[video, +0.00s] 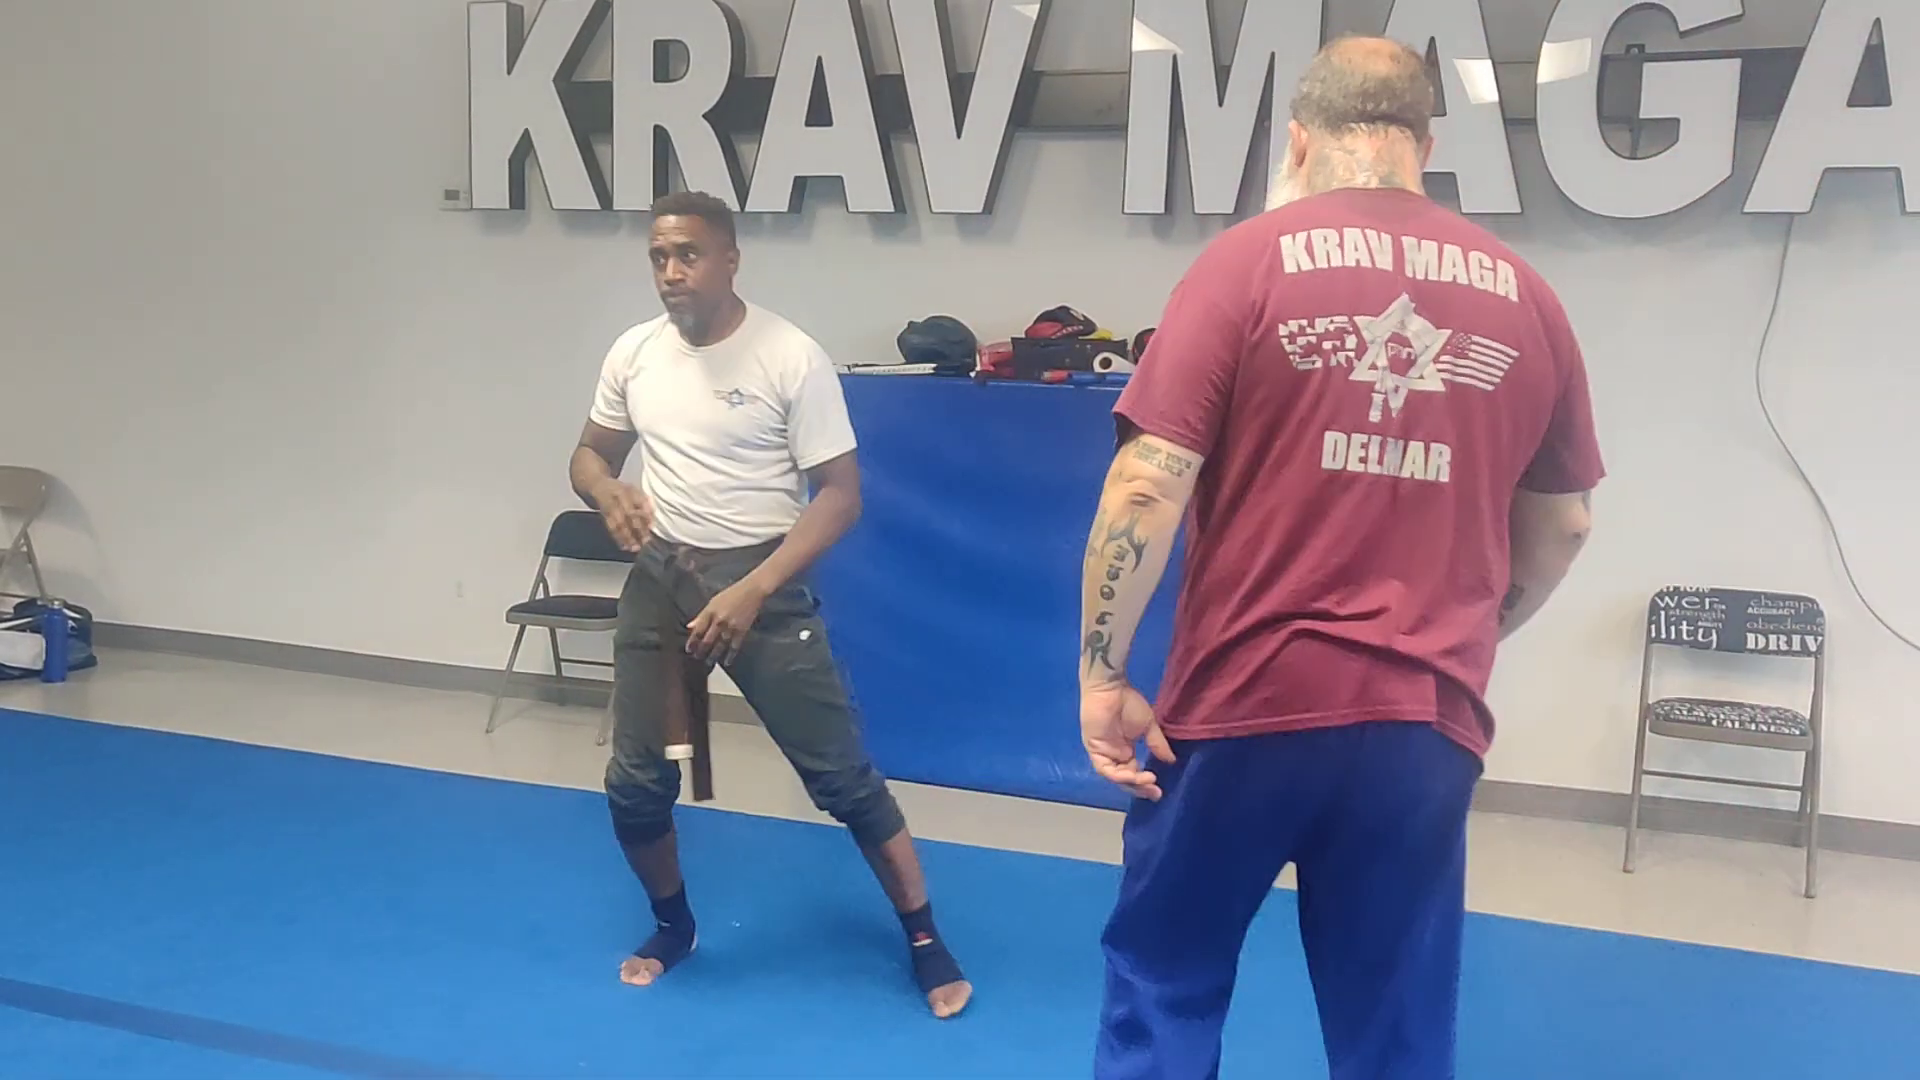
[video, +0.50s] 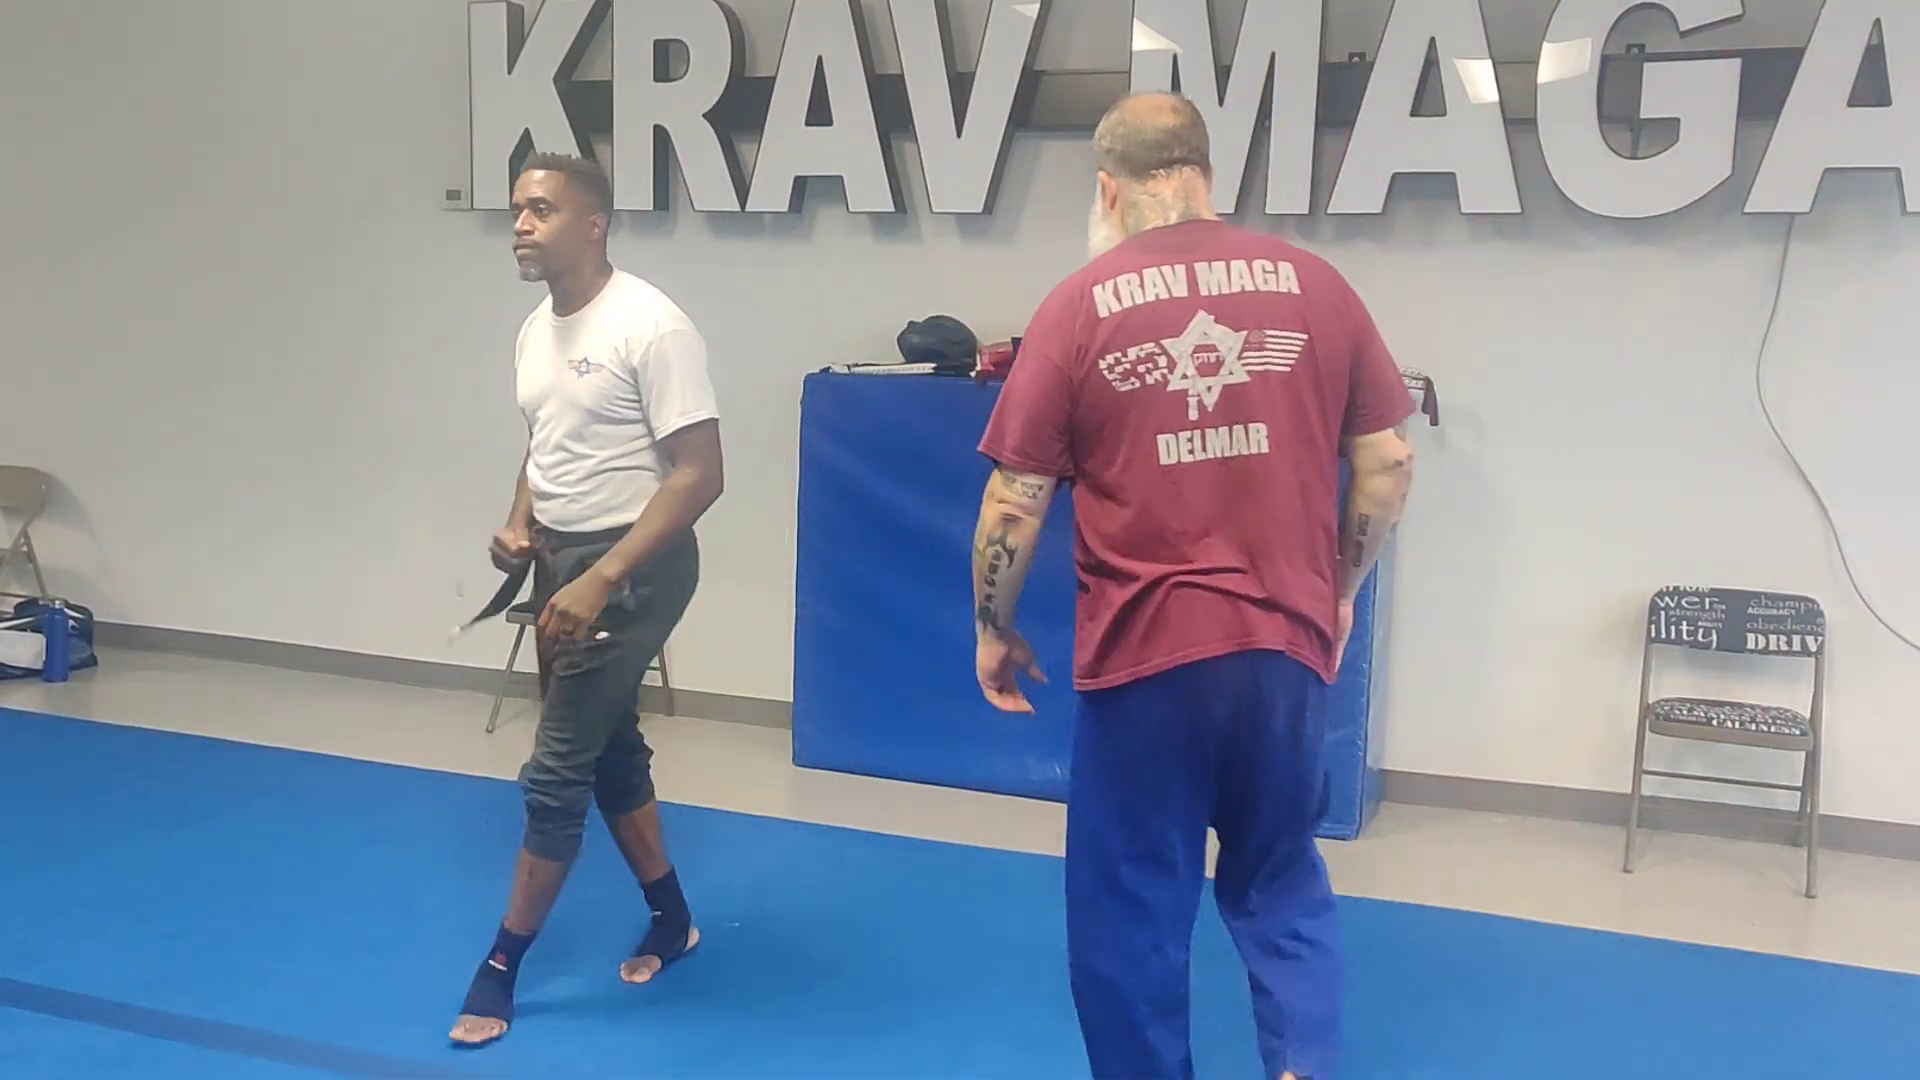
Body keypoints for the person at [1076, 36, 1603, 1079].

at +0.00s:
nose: (1286, 171)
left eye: (1285, 153)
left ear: (1300, 144)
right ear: (1425, 149)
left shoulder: (1250, 257)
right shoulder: (1525, 291)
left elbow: (1152, 479)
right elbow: (1558, 527)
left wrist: (1103, 670)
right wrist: (1470, 626)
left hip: (1249, 702)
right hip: (1426, 718)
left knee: (1163, 988)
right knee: (1397, 1020)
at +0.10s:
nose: (1253, 190)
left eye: (1254, 169)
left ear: (1271, 157)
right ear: (1389, 160)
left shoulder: (1230, 267)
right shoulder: (1493, 295)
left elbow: (1150, 488)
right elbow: (1522, 523)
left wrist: (1106, 671)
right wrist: (1429, 616)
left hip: (1241, 694)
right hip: (1407, 706)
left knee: (1151, 989)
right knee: (1397, 1014)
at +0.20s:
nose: (1218, 205)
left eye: (1219, 188)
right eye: (1221, 190)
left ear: (1232, 179)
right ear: (1345, 181)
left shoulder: (1191, 293)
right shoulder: (1446, 302)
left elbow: (1126, 503)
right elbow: (1492, 510)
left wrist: (1091, 679)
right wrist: (1405, 610)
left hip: (1224, 693)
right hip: (1388, 696)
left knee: (1157, 981)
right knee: (1376, 1007)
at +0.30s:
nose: (1169, 216)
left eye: (1169, 202)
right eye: (1174, 203)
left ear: (1181, 194)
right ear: (1288, 191)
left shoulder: (1144, 314)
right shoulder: (1390, 302)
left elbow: (1086, 518)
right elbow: (1448, 506)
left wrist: (1059, 683)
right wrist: (1376, 607)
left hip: (1198, 692)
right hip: (1354, 686)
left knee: (1162, 981)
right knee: (1347, 986)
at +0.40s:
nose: (1130, 211)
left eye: (1128, 199)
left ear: (1139, 192)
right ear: (1236, 182)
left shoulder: (1107, 311)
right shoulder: (1353, 291)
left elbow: (1049, 515)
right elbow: (1413, 482)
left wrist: (1025, 664)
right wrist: (1352, 588)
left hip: (1169, 670)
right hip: (1317, 663)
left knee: (1147, 951)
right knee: (1310, 942)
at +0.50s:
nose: (1100, 204)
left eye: (1100, 191)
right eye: (1107, 190)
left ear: (1111, 187)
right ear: (1207, 176)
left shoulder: (1081, 304)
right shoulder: (1319, 283)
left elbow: (1013, 507)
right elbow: (1386, 462)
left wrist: (996, 628)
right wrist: (1343, 582)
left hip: (1146, 645)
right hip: (1290, 642)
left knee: (1130, 902)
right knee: (1280, 872)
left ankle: (1146, 1068)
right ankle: (1303, 1065)